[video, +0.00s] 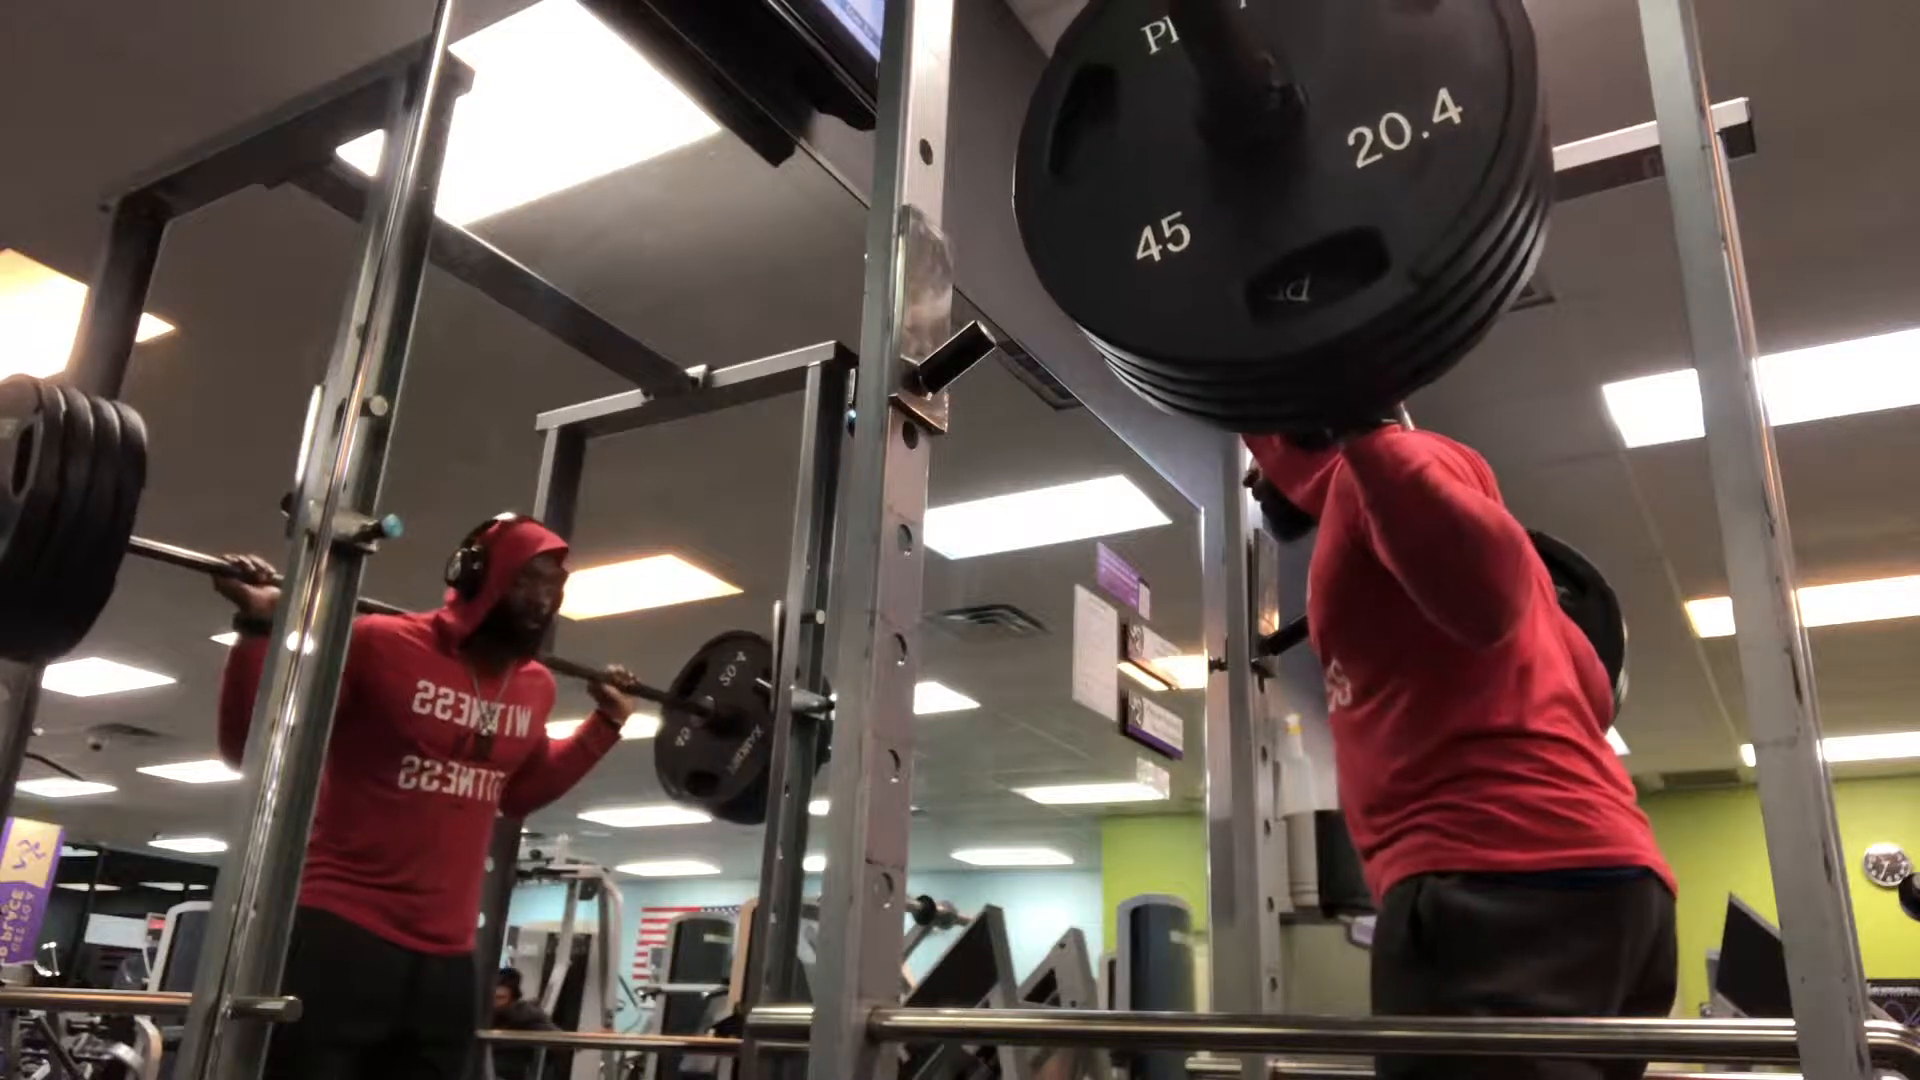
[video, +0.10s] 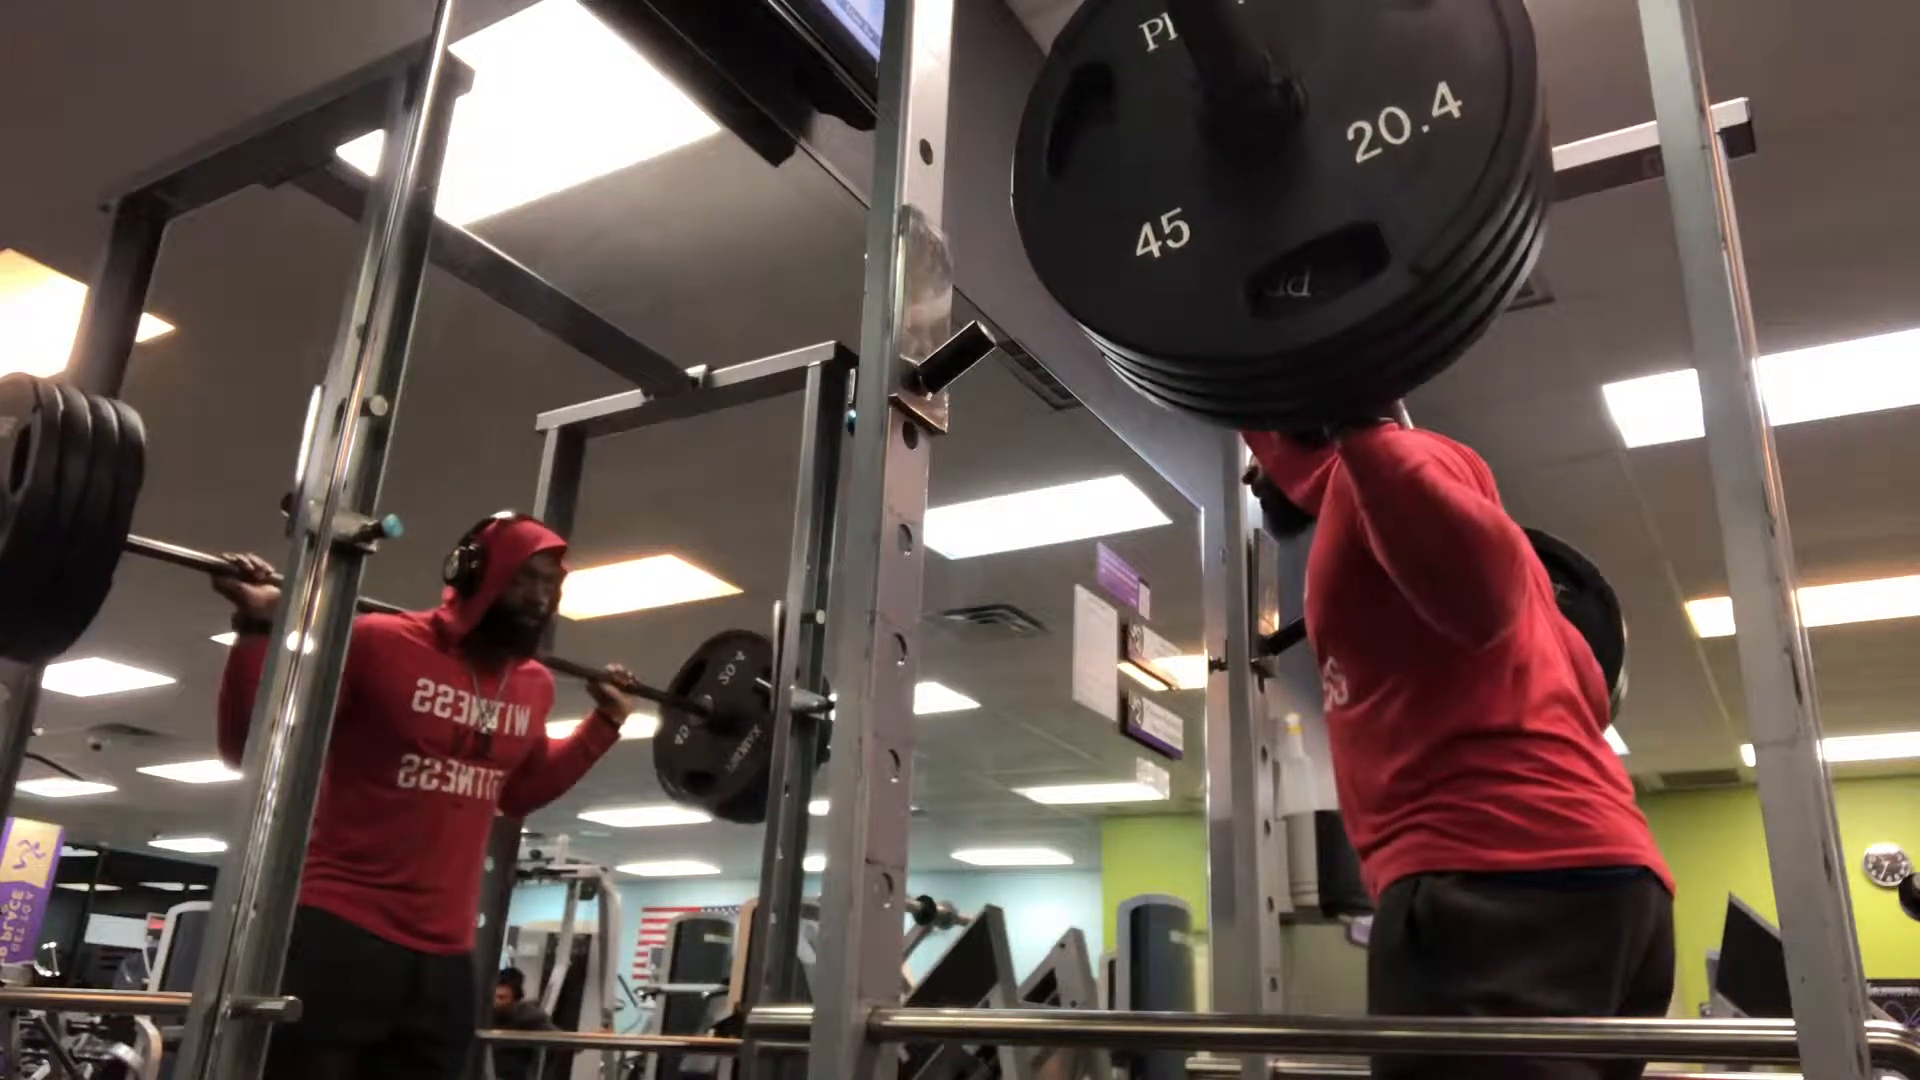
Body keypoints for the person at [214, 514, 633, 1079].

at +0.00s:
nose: (545, 598)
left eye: (555, 583)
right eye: (531, 577)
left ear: (560, 594)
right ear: (482, 576)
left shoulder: (533, 686)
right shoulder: (376, 641)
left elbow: (519, 794)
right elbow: (242, 746)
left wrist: (605, 722)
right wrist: (257, 628)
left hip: (448, 954)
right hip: (341, 929)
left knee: (435, 1071)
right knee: (315, 1070)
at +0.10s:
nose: (542, 597)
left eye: (552, 583)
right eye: (529, 577)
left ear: (558, 593)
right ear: (481, 574)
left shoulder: (532, 685)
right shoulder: (376, 641)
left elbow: (518, 794)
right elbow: (242, 746)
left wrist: (604, 722)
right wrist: (256, 629)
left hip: (446, 954)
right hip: (339, 929)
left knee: (432, 1071)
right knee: (313, 1070)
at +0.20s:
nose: (540, 598)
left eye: (550, 584)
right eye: (527, 577)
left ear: (556, 594)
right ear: (479, 574)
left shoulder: (530, 684)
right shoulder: (373, 639)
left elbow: (516, 792)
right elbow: (240, 746)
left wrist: (602, 720)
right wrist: (254, 630)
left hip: (446, 953)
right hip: (338, 928)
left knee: (431, 1071)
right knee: (313, 1070)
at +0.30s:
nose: (539, 600)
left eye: (549, 587)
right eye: (526, 580)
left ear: (556, 596)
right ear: (479, 575)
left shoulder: (529, 684)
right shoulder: (373, 639)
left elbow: (514, 793)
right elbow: (238, 747)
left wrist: (601, 721)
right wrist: (251, 626)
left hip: (446, 953)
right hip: (338, 927)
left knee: (431, 1071)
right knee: (312, 1070)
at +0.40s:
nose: (538, 601)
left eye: (548, 588)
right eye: (524, 581)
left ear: (555, 596)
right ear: (478, 576)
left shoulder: (529, 684)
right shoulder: (372, 639)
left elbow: (515, 793)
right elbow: (236, 747)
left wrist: (601, 720)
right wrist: (248, 627)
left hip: (443, 954)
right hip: (335, 929)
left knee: (429, 1071)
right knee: (311, 1070)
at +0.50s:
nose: (536, 601)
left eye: (547, 588)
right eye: (524, 581)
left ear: (555, 598)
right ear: (477, 575)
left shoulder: (528, 684)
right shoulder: (371, 640)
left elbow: (514, 793)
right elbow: (235, 746)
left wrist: (601, 720)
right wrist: (247, 625)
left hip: (441, 956)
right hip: (332, 932)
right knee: (308, 1071)